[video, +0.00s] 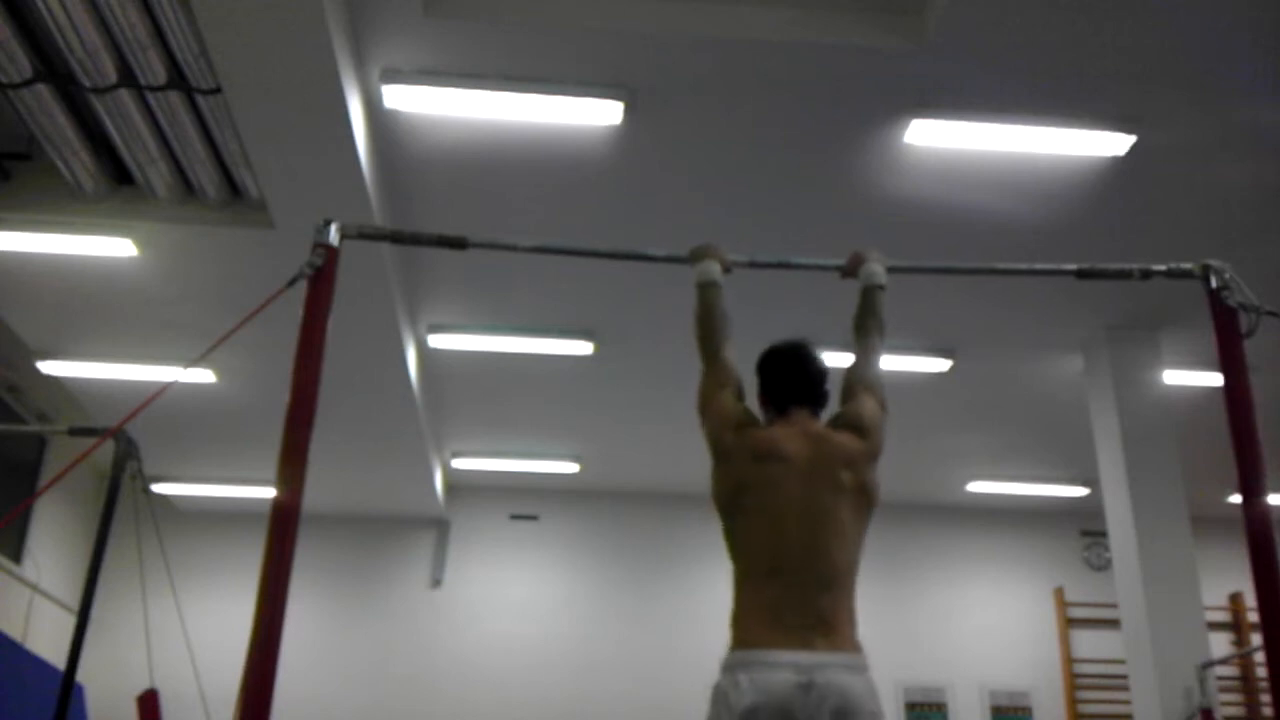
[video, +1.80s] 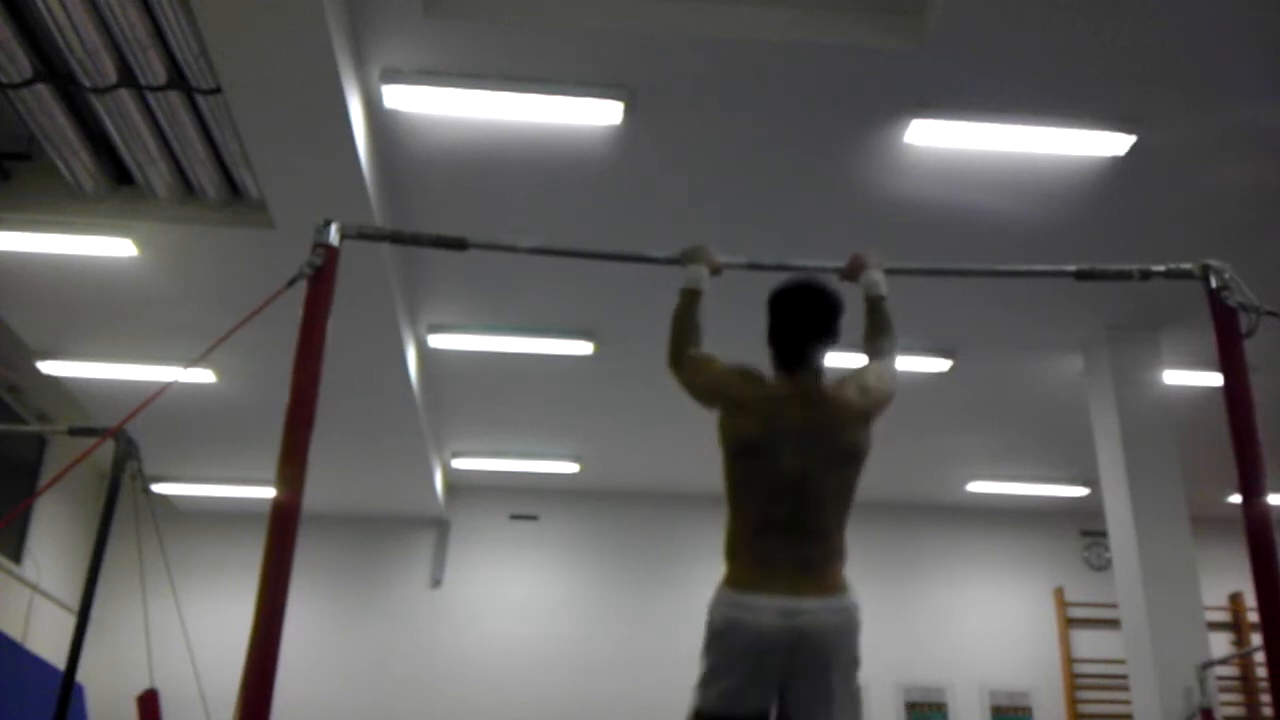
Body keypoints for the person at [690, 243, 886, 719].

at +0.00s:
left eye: (763, 392)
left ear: (761, 400)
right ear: (823, 398)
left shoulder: (735, 444)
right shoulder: (856, 448)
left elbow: (714, 352)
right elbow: (868, 351)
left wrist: (707, 271)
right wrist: (873, 276)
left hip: (754, 671)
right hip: (843, 674)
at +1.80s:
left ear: (770, 335)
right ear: (830, 340)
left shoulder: (740, 398)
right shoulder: (853, 408)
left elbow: (684, 358)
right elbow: (881, 357)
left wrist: (693, 279)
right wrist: (875, 288)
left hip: (744, 616)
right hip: (825, 620)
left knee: (724, 711)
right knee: (826, 714)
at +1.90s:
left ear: (782, 284)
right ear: (845, 290)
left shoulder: (749, 345)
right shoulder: (869, 364)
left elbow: (687, 347)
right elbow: (889, 340)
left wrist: (694, 277)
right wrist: (878, 285)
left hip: (757, 573)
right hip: (838, 578)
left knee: (749, 684)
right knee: (817, 669)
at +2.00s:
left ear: (788, 207)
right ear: (853, 211)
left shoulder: (755, 270)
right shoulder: (879, 282)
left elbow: (685, 314)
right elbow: (911, 324)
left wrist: (695, 262)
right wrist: (876, 273)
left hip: (763, 497)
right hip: (840, 505)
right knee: (800, 559)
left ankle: (743, 580)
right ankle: (761, 581)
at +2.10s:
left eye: (793, 138)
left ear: (783, 137)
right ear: (847, 139)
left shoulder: (755, 187)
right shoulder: (877, 204)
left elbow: (674, 263)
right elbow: (926, 281)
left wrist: (710, 240)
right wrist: (880, 233)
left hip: (757, 407)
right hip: (833, 413)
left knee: (739, 488)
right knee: (799, 493)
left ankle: (732, 571)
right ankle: (761, 578)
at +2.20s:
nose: (776, 119)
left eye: (773, 109)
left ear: (769, 107)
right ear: (829, 110)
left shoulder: (746, 140)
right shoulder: (865, 150)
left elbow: (671, 206)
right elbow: (929, 230)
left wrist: (698, 242)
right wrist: (874, 248)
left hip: (759, 342)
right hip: (835, 348)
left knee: (741, 466)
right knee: (798, 470)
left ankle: (735, 580)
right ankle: (765, 584)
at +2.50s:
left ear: (749, 108)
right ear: (805, 109)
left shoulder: (732, 124)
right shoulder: (838, 135)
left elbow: (667, 152)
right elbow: (906, 178)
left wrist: (688, 232)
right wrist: (876, 241)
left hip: (757, 257)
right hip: (831, 258)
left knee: (749, 425)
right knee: (811, 427)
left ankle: (752, 569)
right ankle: (785, 573)